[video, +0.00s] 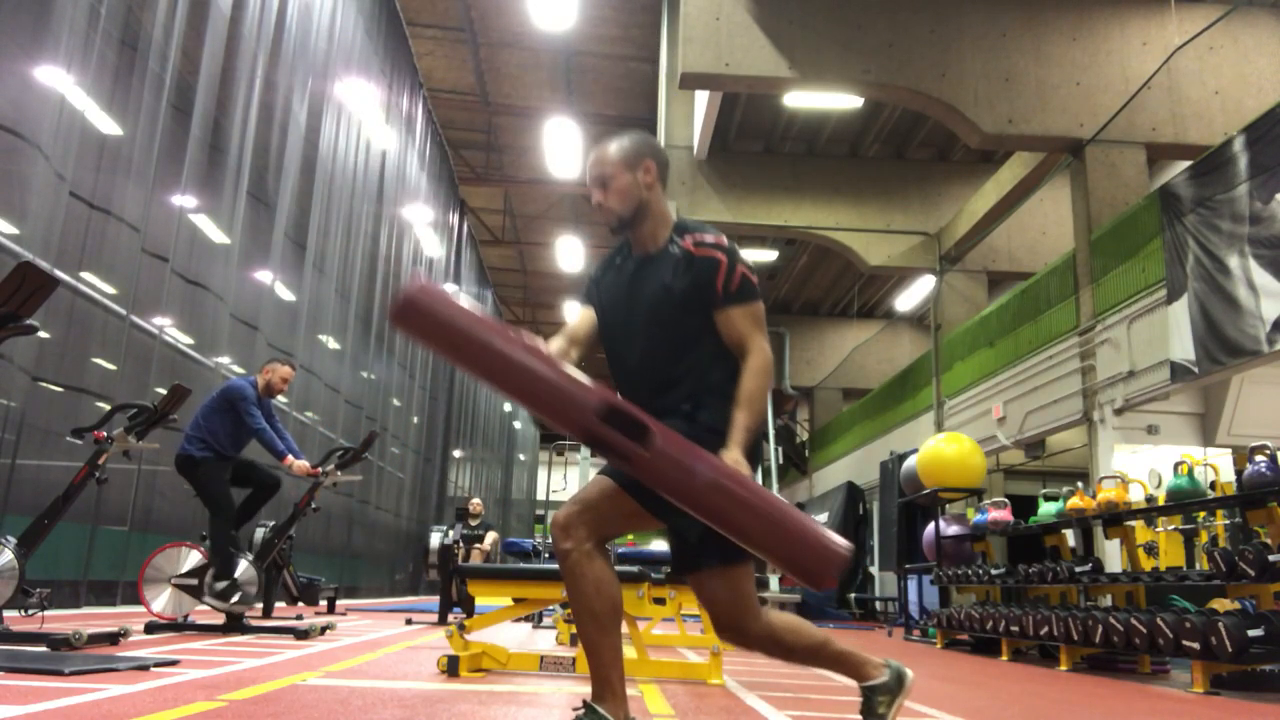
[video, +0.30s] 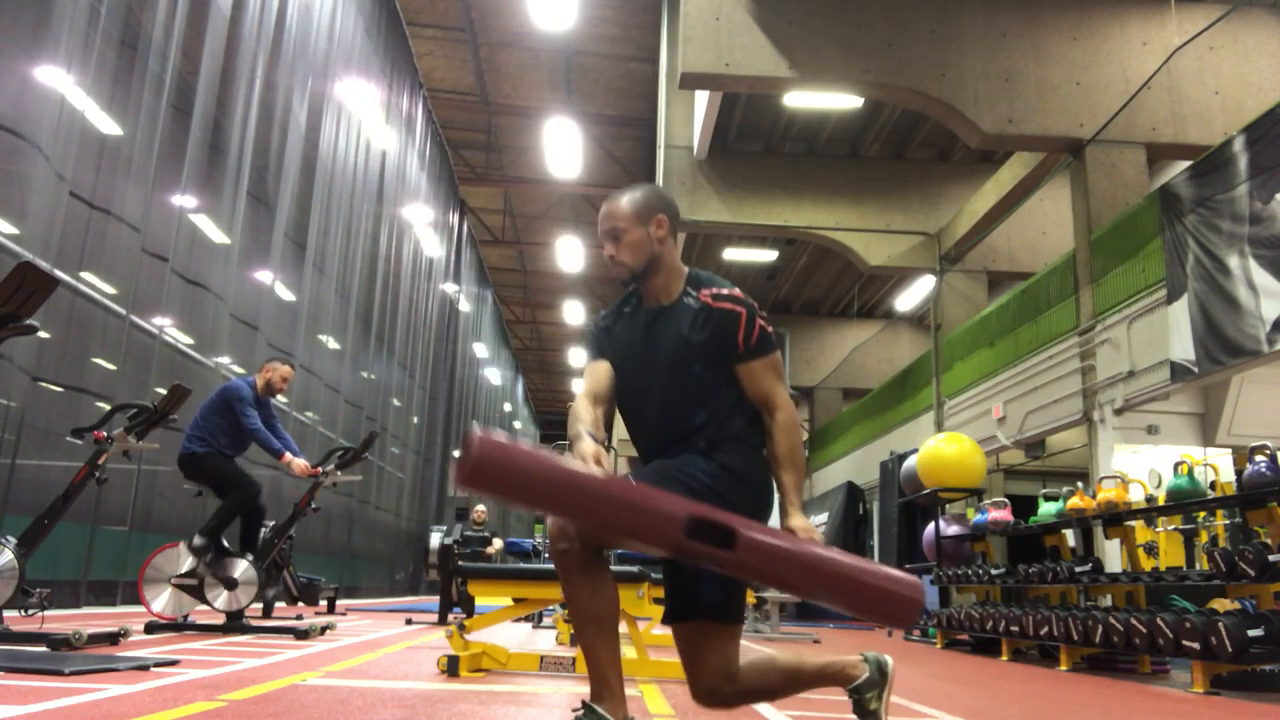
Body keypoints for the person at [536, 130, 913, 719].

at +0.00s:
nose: (595, 199)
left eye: (604, 184)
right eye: (591, 188)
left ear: (648, 176)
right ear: (631, 183)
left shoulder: (708, 255)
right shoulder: (611, 272)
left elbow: (758, 352)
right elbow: (574, 337)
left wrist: (736, 447)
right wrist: (558, 348)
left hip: (703, 454)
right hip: (661, 454)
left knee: (574, 526)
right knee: (739, 621)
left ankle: (610, 706)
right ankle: (876, 674)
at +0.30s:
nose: (605, 250)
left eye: (616, 236)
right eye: (603, 239)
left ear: (660, 231)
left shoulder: (725, 307)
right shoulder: (614, 326)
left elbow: (779, 406)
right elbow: (590, 401)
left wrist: (794, 509)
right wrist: (584, 439)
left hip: (728, 477)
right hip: (669, 481)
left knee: (571, 527)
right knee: (715, 682)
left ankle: (609, 707)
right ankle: (859, 671)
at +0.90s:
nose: (619, 278)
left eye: (630, 264)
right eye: (615, 267)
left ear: (672, 260)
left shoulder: (733, 336)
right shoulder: (615, 347)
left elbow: (788, 432)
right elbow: (601, 428)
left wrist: (828, 531)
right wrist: (621, 500)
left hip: (727, 508)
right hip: (671, 517)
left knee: (567, 528)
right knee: (703, 709)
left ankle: (607, 707)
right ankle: (841, 672)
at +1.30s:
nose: (625, 278)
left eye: (637, 264)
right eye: (621, 266)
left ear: (677, 259)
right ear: (622, 268)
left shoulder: (736, 338)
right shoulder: (616, 346)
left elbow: (783, 437)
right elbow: (603, 427)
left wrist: (814, 539)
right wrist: (612, 503)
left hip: (727, 508)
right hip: (669, 518)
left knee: (569, 525)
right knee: (702, 708)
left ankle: (607, 706)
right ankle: (841, 672)